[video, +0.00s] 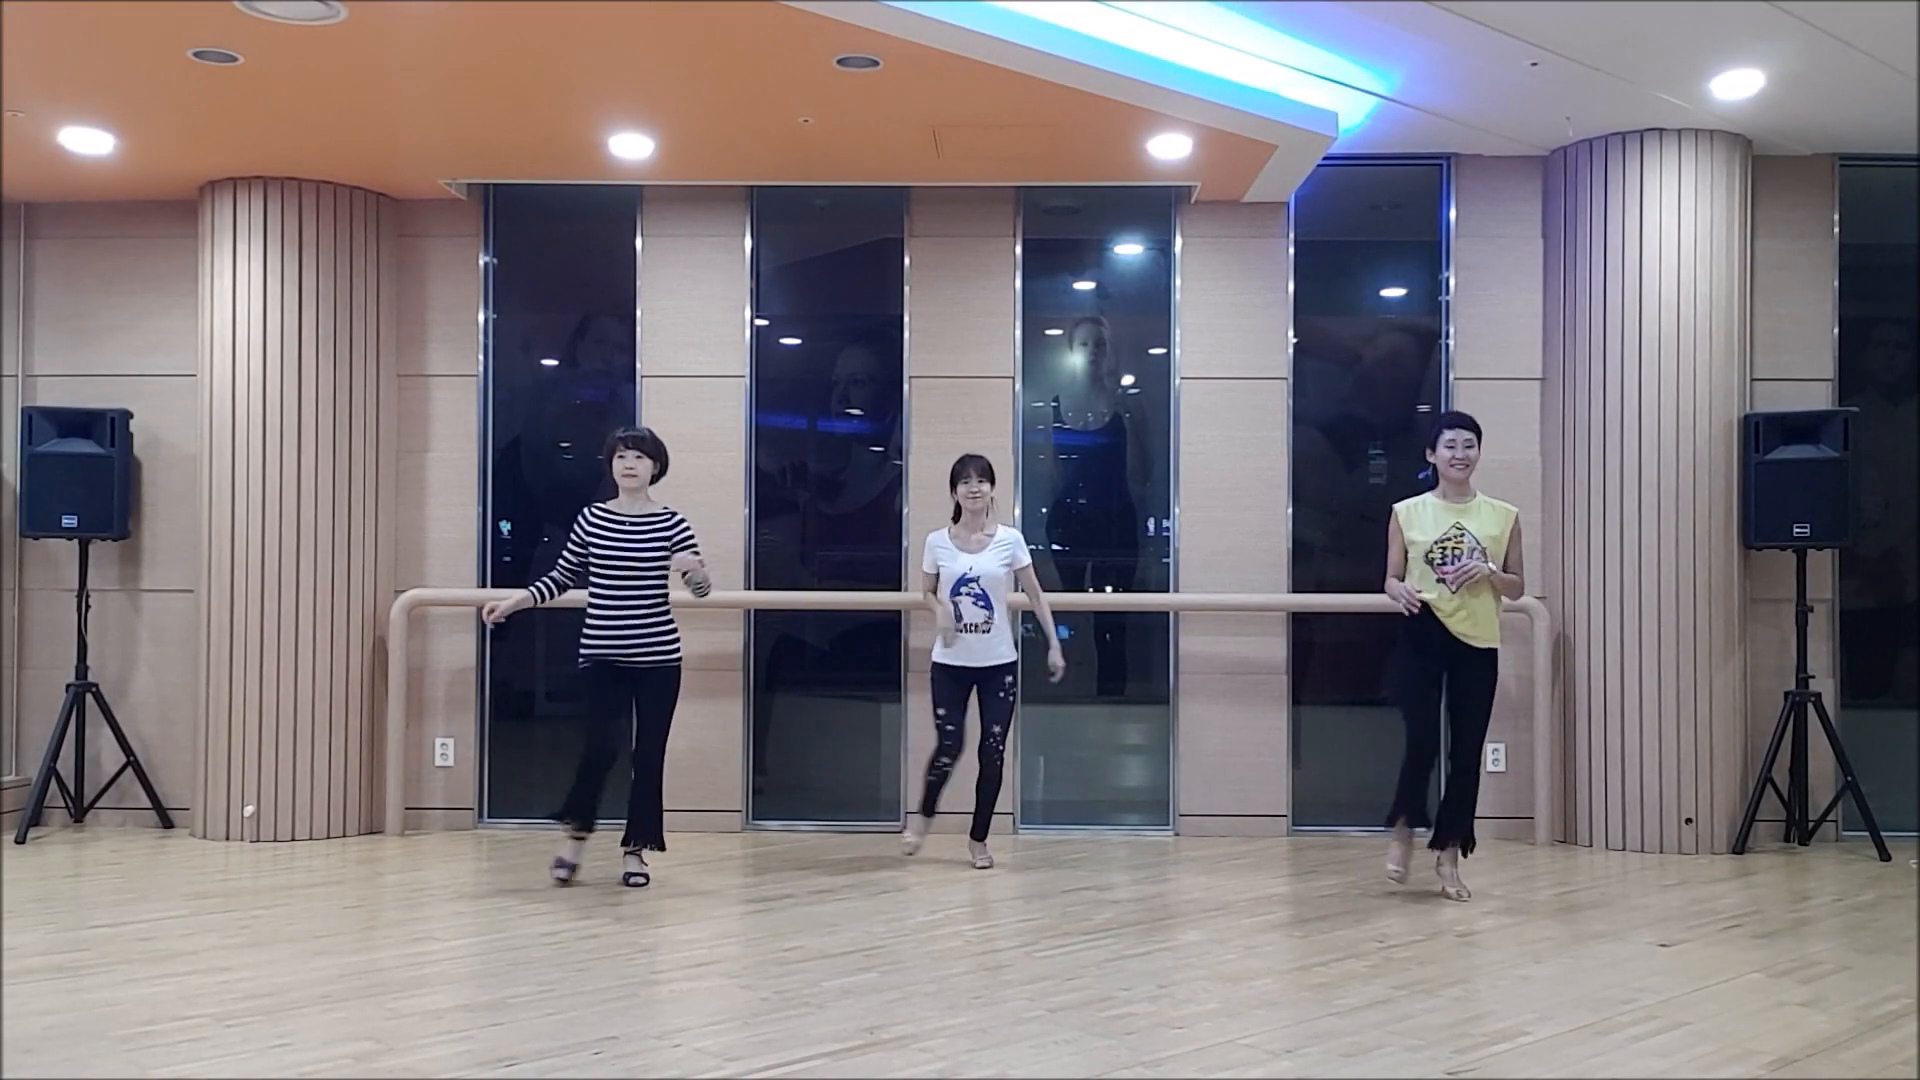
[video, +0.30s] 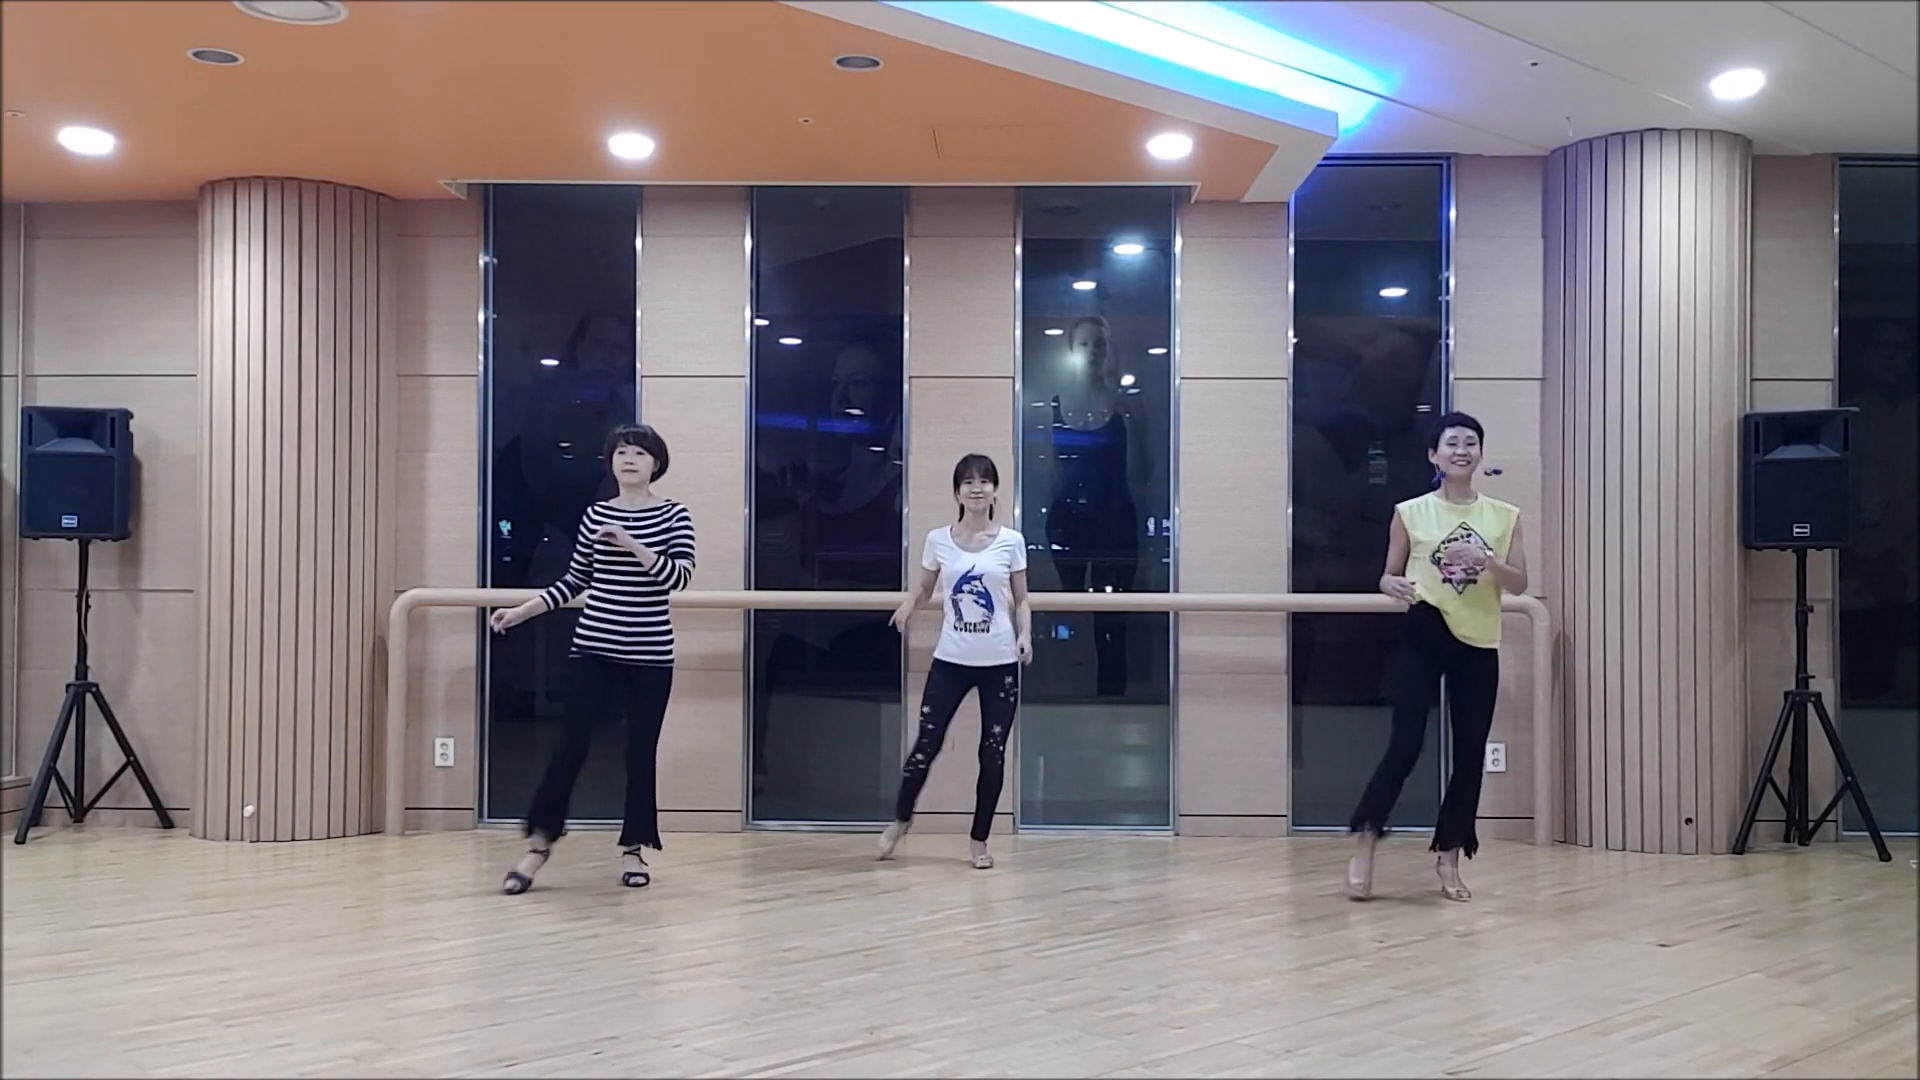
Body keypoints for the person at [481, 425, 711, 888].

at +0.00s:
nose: (629, 463)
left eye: (639, 457)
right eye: (621, 456)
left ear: (656, 467)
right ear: (611, 465)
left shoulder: (671, 522)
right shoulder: (592, 517)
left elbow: (701, 591)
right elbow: (562, 577)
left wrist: (696, 571)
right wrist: (515, 601)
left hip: (657, 653)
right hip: (602, 652)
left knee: (649, 756)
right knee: (601, 747)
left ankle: (635, 851)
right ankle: (574, 840)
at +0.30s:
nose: (630, 459)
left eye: (640, 453)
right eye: (623, 452)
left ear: (656, 465)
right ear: (611, 462)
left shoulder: (674, 515)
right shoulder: (596, 515)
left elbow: (679, 578)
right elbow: (575, 581)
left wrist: (635, 547)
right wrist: (524, 608)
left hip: (650, 652)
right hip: (594, 647)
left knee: (641, 752)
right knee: (572, 743)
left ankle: (633, 851)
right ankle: (537, 847)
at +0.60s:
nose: (642, 465)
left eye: (652, 459)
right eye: (635, 459)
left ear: (669, 469)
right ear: (624, 469)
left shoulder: (685, 518)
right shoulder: (609, 519)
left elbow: (678, 553)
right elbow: (582, 579)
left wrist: (649, 546)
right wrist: (528, 599)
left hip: (653, 659)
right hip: (596, 651)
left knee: (639, 757)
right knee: (561, 747)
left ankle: (630, 854)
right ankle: (527, 851)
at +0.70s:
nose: (652, 466)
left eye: (662, 461)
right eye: (644, 460)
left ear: (677, 473)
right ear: (632, 469)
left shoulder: (690, 525)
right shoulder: (612, 521)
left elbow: (693, 571)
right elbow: (583, 577)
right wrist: (541, 599)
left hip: (665, 656)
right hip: (610, 650)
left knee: (651, 759)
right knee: (581, 743)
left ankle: (630, 853)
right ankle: (549, 840)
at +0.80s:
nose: (657, 466)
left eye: (667, 461)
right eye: (650, 459)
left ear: (682, 472)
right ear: (638, 468)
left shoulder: (696, 526)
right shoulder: (615, 520)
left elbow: (706, 587)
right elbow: (585, 574)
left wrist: (715, 640)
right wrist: (593, 589)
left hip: (677, 658)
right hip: (620, 655)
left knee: (658, 756)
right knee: (605, 745)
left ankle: (631, 848)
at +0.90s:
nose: (665, 463)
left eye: (675, 457)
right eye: (657, 457)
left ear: (691, 468)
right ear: (644, 466)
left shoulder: (707, 525)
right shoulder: (626, 517)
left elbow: (715, 593)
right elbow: (616, 576)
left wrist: (723, 656)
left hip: (685, 655)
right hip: (630, 653)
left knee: (661, 755)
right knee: (642, 754)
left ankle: (633, 847)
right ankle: (688, 825)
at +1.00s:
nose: (674, 464)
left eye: (684, 457)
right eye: (665, 458)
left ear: (700, 467)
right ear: (654, 468)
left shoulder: (719, 523)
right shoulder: (636, 519)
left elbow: (721, 592)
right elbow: (644, 582)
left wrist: (715, 643)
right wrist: (700, 599)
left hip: (697, 652)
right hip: (644, 651)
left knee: (674, 750)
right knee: (669, 750)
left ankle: (647, 845)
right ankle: (705, 831)